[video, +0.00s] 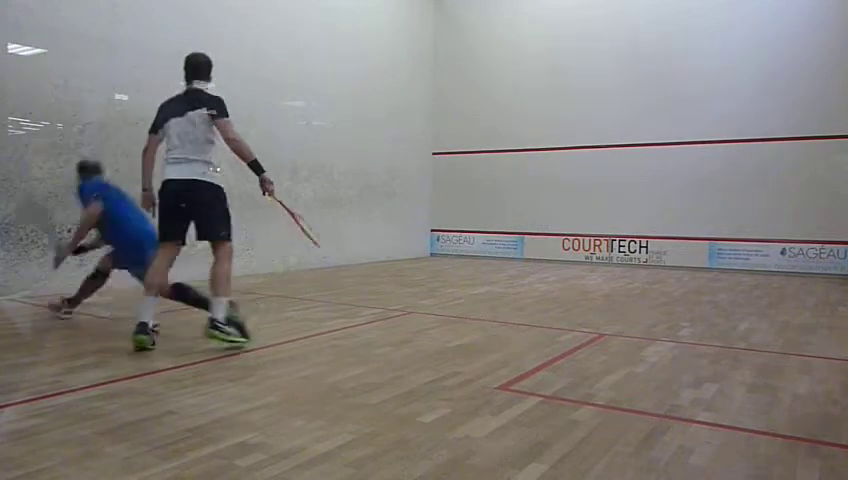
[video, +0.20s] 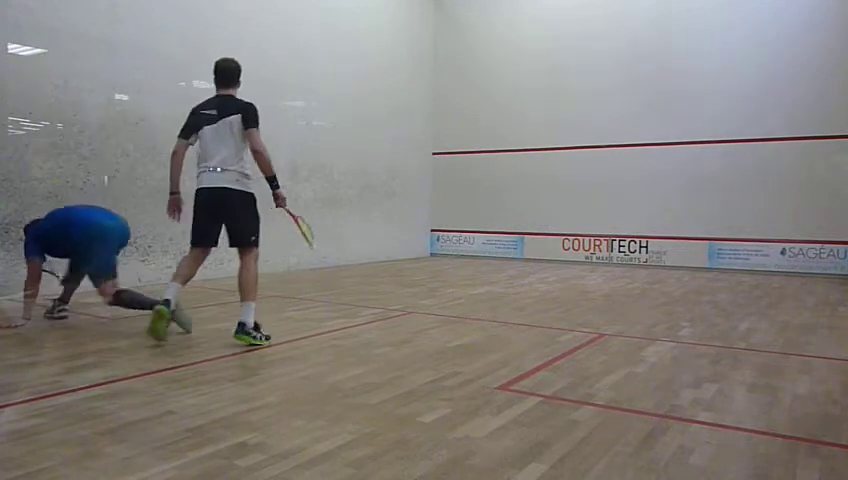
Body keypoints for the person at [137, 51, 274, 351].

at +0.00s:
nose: (210, 81)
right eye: (211, 76)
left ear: (185, 75)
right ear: (209, 77)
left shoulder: (167, 107)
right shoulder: (213, 102)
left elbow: (149, 149)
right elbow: (232, 139)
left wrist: (147, 189)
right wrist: (261, 172)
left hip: (171, 187)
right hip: (206, 186)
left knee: (167, 250)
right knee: (222, 251)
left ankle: (145, 322)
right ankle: (218, 320)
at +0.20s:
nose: (236, 83)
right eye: (239, 79)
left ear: (215, 80)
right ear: (238, 81)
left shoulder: (199, 111)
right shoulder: (245, 109)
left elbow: (178, 152)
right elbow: (257, 149)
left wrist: (174, 192)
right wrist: (275, 187)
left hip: (205, 194)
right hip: (239, 195)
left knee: (198, 251)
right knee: (248, 255)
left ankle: (167, 300)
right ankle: (247, 324)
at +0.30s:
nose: (246, 82)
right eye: (248, 77)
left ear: (225, 79)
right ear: (249, 79)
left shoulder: (208, 109)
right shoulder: (258, 108)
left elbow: (188, 148)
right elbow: (271, 149)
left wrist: (187, 187)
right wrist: (279, 186)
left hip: (216, 189)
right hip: (250, 189)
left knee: (211, 245)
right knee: (263, 248)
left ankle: (196, 300)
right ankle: (258, 312)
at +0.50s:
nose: (264, 107)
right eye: (264, 103)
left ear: (241, 107)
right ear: (263, 107)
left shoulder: (226, 133)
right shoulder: (273, 135)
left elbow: (205, 167)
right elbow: (289, 177)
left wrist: (199, 203)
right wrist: (290, 202)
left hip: (230, 205)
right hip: (263, 207)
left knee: (237, 250)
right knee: (282, 261)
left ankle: (226, 307)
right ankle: (282, 315)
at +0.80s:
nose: (288, 102)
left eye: (286, 97)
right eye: (287, 97)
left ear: (265, 101)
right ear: (283, 100)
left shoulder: (251, 128)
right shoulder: (282, 129)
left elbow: (233, 162)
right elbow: (284, 173)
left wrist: (241, 197)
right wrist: (300, 206)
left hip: (248, 201)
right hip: (271, 201)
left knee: (268, 245)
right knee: (302, 248)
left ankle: (238, 297)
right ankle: (300, 313)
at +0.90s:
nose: (289, 98)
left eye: (287, 94)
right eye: (287, 94)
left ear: (266, 98)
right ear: (283, 97)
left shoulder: (257, 122)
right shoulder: (274, 123)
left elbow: (240, 157)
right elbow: (269, 157)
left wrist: (257, 181)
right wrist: (281, 193)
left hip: (248, 197)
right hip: (266, 196)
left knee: (268, 247)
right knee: (295, 248)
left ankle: (242, 302)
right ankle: (299, 313)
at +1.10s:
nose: (288, 100)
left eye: (287, 95)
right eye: (286, 95)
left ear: (271, 96)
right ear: (278, 96)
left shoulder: (271, 123)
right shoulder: (254, 120)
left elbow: (265, 155)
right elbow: (241, 153)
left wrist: (276, 177)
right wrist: (247, 164)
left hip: (255, 193)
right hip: (250, 194)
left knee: (257, 251)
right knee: (270, 250)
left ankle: (239, 303)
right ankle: (285, 310)